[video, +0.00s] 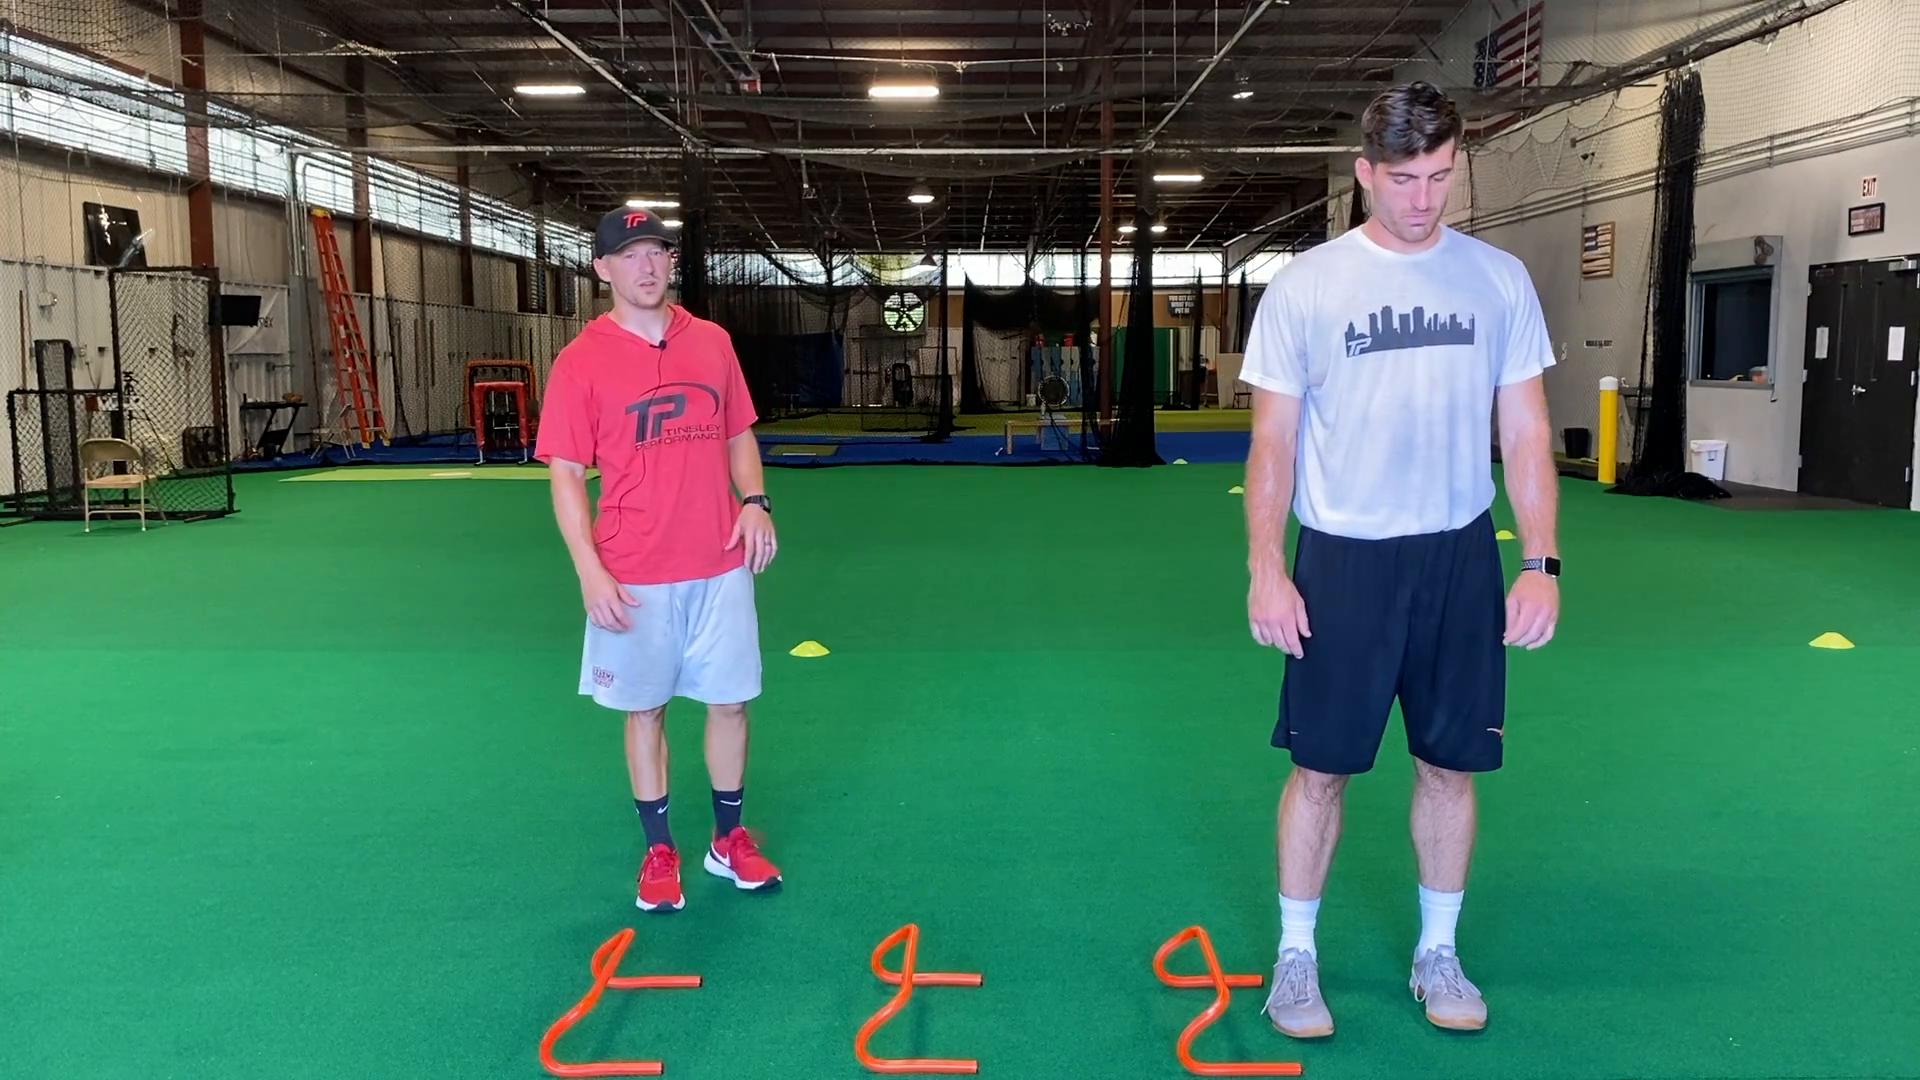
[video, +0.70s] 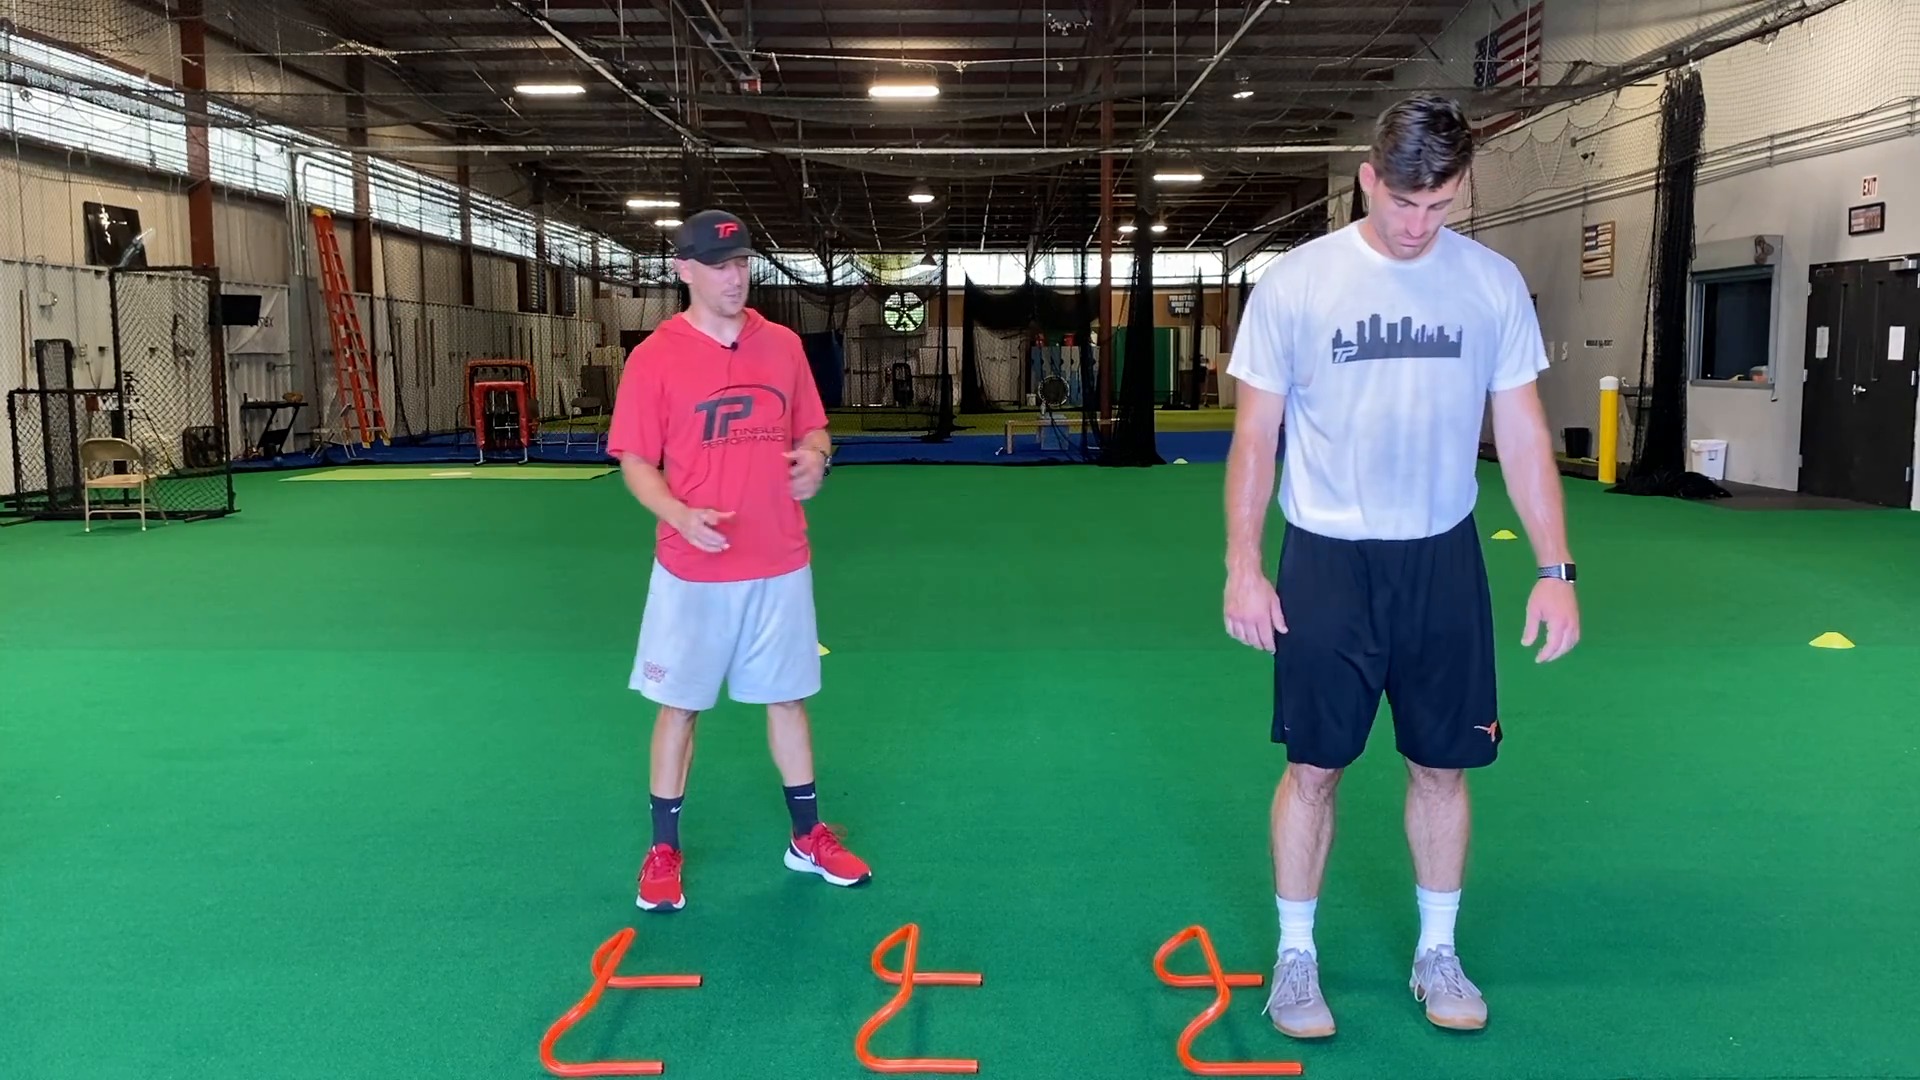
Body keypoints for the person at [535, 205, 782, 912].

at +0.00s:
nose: (651, 265)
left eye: (659, 253)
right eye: (634, 255)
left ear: (673, 262)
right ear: (605, 269)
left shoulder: (711, 342)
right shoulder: (579, 363)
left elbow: (740, 436)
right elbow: (565, 476)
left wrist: (755, 500)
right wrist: (590, 572)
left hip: (719, 567)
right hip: (635, 577)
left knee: (729, 702)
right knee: (644, 711)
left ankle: (729, 839)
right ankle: (659, 851)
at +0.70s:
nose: (737, 275)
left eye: (743, 261)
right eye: (720, 264)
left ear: (751, 266)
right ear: (685, 271)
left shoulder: (784, 347)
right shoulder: (653, 359)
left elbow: (814, 429)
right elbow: (635, 461)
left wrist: (817, 456)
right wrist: (677, 515)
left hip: (780, 561)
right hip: (695, 567)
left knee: (788, 695)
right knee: (680, 704)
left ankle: (809, 834)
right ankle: (664, 850)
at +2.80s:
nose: (720, 289)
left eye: (727, 276)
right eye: (706, 279)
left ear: (738, 279)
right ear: (681, 287)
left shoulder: (778, 346)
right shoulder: (660, 362)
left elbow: (816, 432)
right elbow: (645, 446)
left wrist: (759, 421)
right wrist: (651, 505)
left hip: (769, 539)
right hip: (694, 540)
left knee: (769, 654)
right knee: (705, 659)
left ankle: (761, 744)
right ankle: (709, 789)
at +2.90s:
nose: (729, 290)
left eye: (736, 277)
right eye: (715, 281)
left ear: (748, 281)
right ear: (691, 289)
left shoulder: (786, 349)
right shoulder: (668, 361)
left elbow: (823, 433)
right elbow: (651, 451)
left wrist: (784, 446)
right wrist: (657, 517)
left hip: (775, 538)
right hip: (702, 538)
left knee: (769, 652)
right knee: (710, 658)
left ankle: (757, 751)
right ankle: (709, 789)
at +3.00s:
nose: (741, 294)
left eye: (748, 282)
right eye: (727, 285)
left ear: (759, 285)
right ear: (702, 291)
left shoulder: (794, 353)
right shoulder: (676, 362)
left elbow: (825, 428)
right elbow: (655, 450)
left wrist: (803, 456)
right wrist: (662, 523)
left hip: (780, 536)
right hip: (709, 536)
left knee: (766, 650)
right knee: (713, 657)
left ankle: (753, 755)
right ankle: (710, 787)